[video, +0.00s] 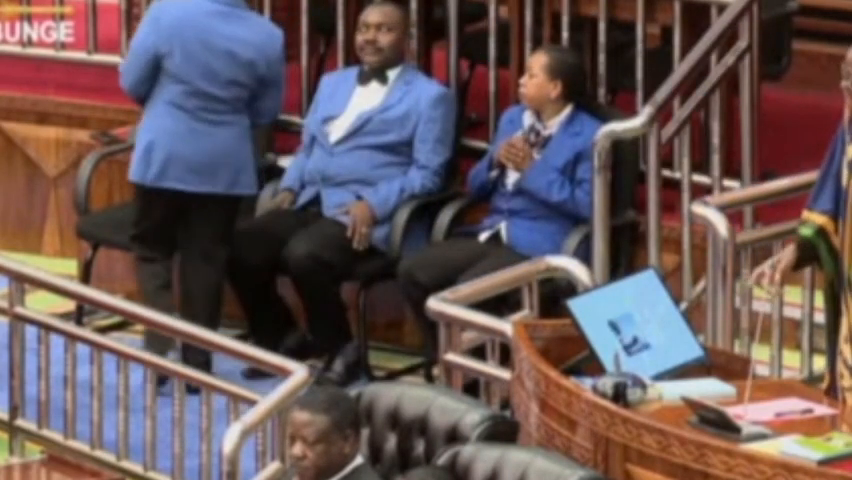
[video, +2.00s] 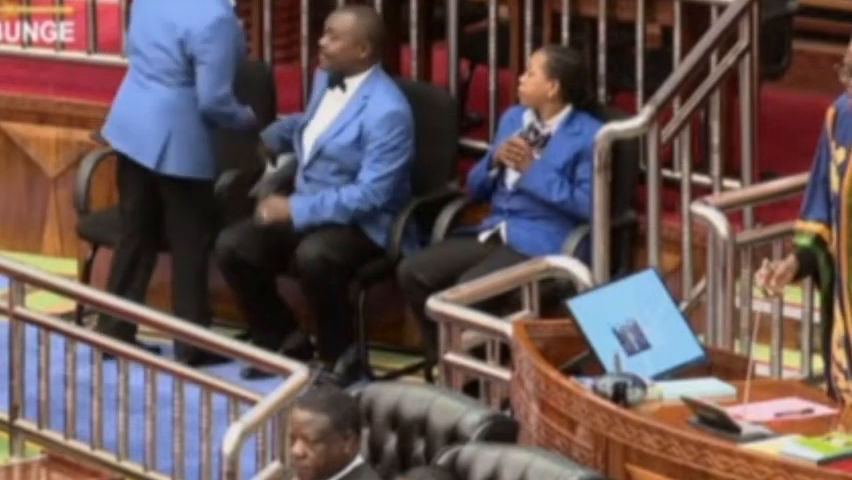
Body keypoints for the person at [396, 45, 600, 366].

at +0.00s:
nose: (521, 82)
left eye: (530, 76)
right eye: (524, 74)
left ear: (555, 89)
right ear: (551, 88)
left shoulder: (590, 135)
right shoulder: (512, 119)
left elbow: (589, 207)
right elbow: (475, 189)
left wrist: (530, 170)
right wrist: (495, 162)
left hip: (537, 250)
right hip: (492, 238)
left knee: (460, 298)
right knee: (413, 271)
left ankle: (480, 379)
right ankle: (445, 363)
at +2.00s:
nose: (520, 79)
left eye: (529, 74)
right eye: (524, 72)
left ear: (552, 87)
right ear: (550, 87)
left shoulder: (590, 135)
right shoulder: (513, 119)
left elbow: (590, 207)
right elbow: (475, 189)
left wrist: (530, 171)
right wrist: (495, 163)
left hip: (539, 250)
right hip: (494, 237)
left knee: (462, 297)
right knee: (414, 271)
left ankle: (483, 380)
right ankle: (448, 365)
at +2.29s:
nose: (520, 80)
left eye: (529, 75)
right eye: (523, 73)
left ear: (553, 87)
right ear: (550, 87)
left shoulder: (589, 135)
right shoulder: (512, 119)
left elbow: (589, 207)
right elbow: (475, 189)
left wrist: (531, 171)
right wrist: (495, 162)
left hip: (538, 250)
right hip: (494, 237)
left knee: (461, 298)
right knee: (414, 271)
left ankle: (482, 381)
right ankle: (446, 366)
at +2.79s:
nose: (519, 81)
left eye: (528, 76)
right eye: (523, 73)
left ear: (552, 89)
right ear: (549, 88)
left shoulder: (589, 135)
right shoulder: (513, 120)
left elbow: (590, 206)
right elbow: (475, 190)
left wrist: (529, 172)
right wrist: (495, 163)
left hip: (539, 250)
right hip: (495, 236)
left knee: (463, 297)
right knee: (414, 271)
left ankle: (485, 380)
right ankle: (447, 367)